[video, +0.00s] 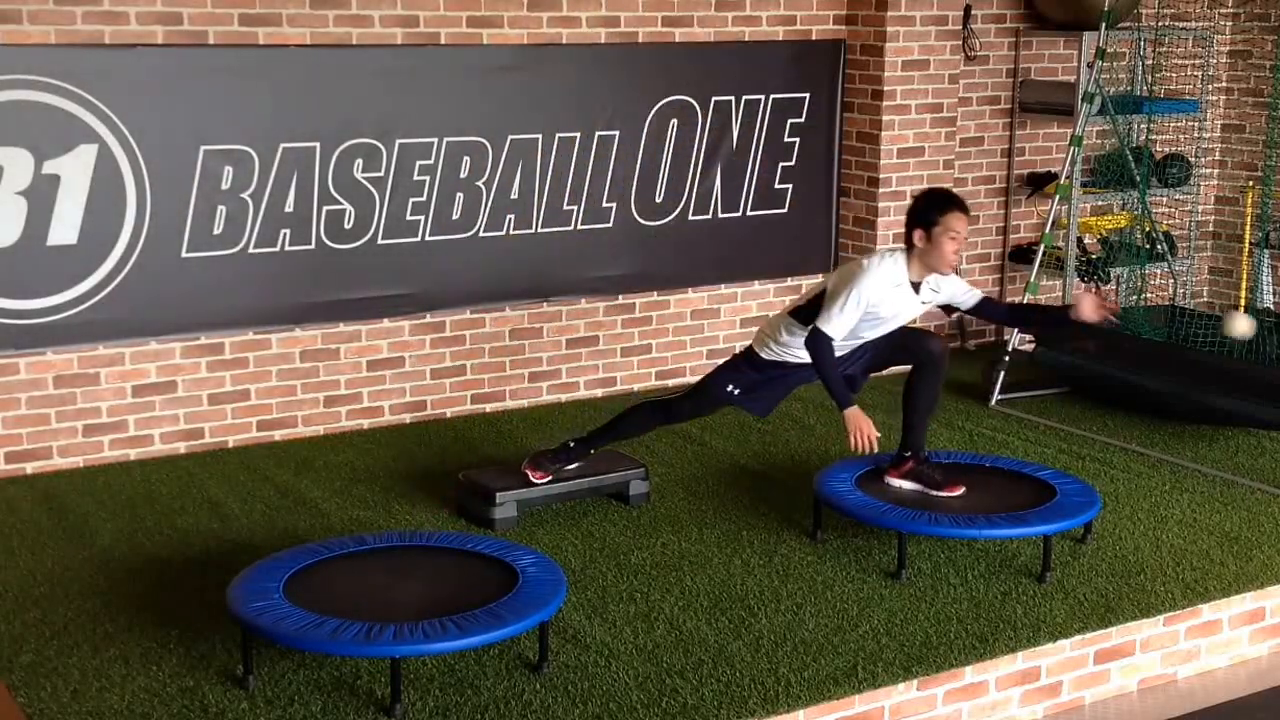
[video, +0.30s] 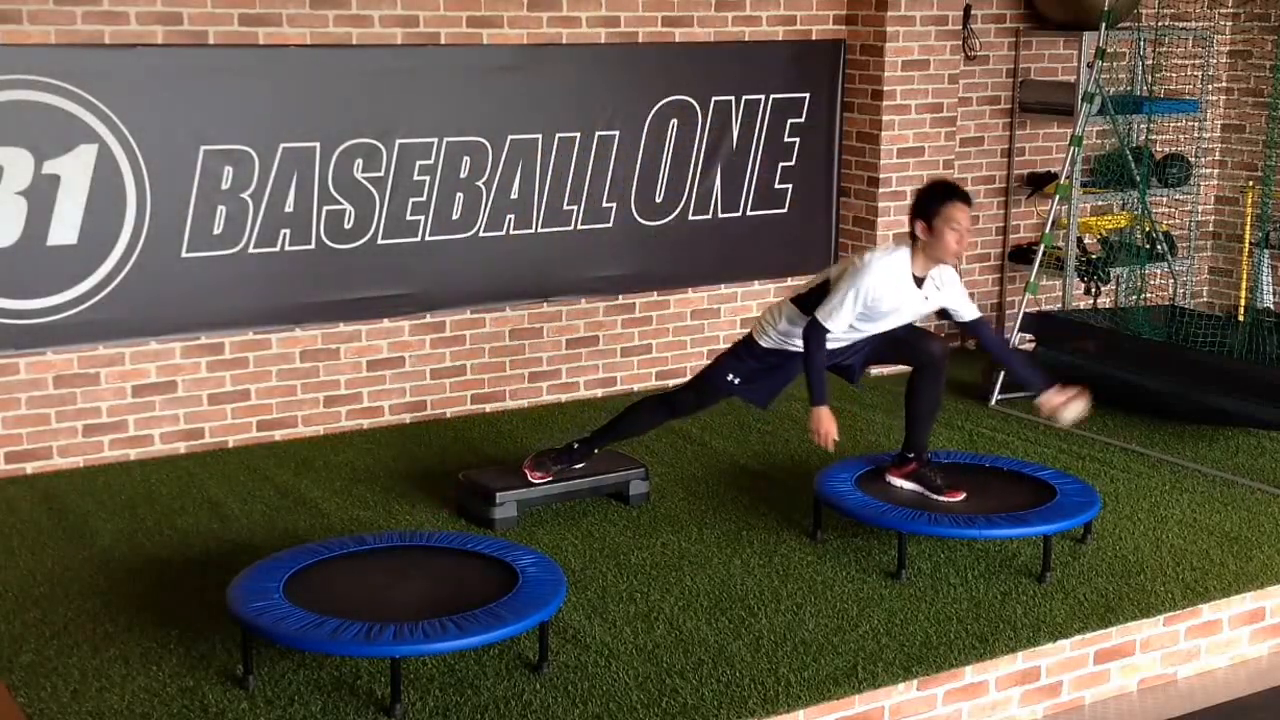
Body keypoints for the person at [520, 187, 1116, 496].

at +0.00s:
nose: (964, 250)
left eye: (966, 240)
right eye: (956, 239)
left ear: (950, 243)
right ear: (919, 239)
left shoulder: (942, 280)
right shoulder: (875, 275)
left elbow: (1002, 311)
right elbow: (822, 341)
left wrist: (1071, 312)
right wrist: (850, 406)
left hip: (846, 349)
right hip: (787, 349)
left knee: (930, 346)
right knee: (687, 406)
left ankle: (909, 461)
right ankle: (571, 454)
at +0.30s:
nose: (969, 239)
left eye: (971, 229)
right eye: (960, 228)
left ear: (958, 235)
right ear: (925, 229)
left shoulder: (946, 283)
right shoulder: (875, 269)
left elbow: (990, 341)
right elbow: (818, 334)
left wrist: (1044, 391)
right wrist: (821, 406)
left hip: (849, 340)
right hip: (791, 333)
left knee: (933, 348)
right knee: (684, 400)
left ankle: (910, 463)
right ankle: (572, 454)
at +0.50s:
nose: (906, 191)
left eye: (909, 181)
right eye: (895, 181)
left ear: (903, 188)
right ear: (860, 183)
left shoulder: (899, 242)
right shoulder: (813, 227)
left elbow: (948, 303)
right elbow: (770, 293)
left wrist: (1001, 358)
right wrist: (757, 361)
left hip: (832, 321)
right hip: (764, 319)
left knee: (904, 353)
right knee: (661, 383)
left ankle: (910, 468)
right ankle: (572, 443)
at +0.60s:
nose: (839, 162)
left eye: (844, 153)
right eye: (828, 152)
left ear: (847, 161)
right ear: (800, 157)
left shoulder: (853, 214)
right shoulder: (762, 210)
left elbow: (909, 252)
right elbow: (704, 265)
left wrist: (972, 280)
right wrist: (690, 332)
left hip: (796, 316)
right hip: (728, 314)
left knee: (872, 359)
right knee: (647, 366)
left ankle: (910, 464)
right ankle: (578, 445)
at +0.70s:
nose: (752, 130)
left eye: (759, 121)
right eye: (744, 119)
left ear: (765, 128)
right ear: (718, 121)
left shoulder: (778, 179)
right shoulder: (684, 182)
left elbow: (834, 217)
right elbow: (626, 240)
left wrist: (873, 216)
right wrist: (619, 302)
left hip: (754, 303)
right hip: (683, 302)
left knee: (828, 372)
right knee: (602, 376)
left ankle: (902, 457)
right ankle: (578, 448)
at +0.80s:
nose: (704, 99)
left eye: (710, 90)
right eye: (694, 87)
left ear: (714, 95)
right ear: (664, 90)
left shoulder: (723, 150)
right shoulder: (628, 150)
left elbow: (778, 188)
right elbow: (564, 191)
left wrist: (794, 152)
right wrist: (564, 204)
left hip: (703, 282)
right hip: (633, 285)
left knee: (778, 352)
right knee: (574, 380)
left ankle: (833, 435)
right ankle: (578, 450)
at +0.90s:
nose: (671, 56)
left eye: (677, 46)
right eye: (660, 44)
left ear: (683, 50)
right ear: (631, 45)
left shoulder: (691, 106)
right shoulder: (596, 104)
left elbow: (753, 122)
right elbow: (518, 131)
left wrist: (753, 81)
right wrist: (536, 115)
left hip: (661, 255)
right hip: (597, 260)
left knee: (715, 338)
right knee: (564, 364)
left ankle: (698, 420)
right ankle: (569, 432)